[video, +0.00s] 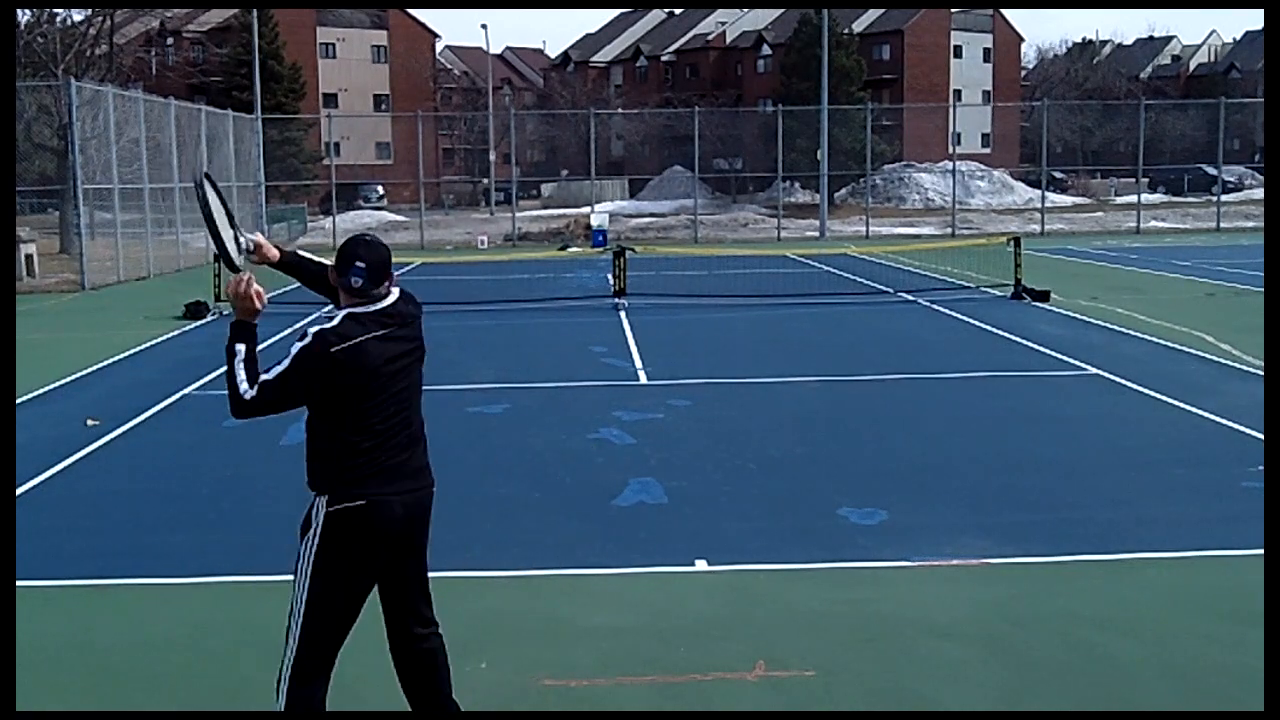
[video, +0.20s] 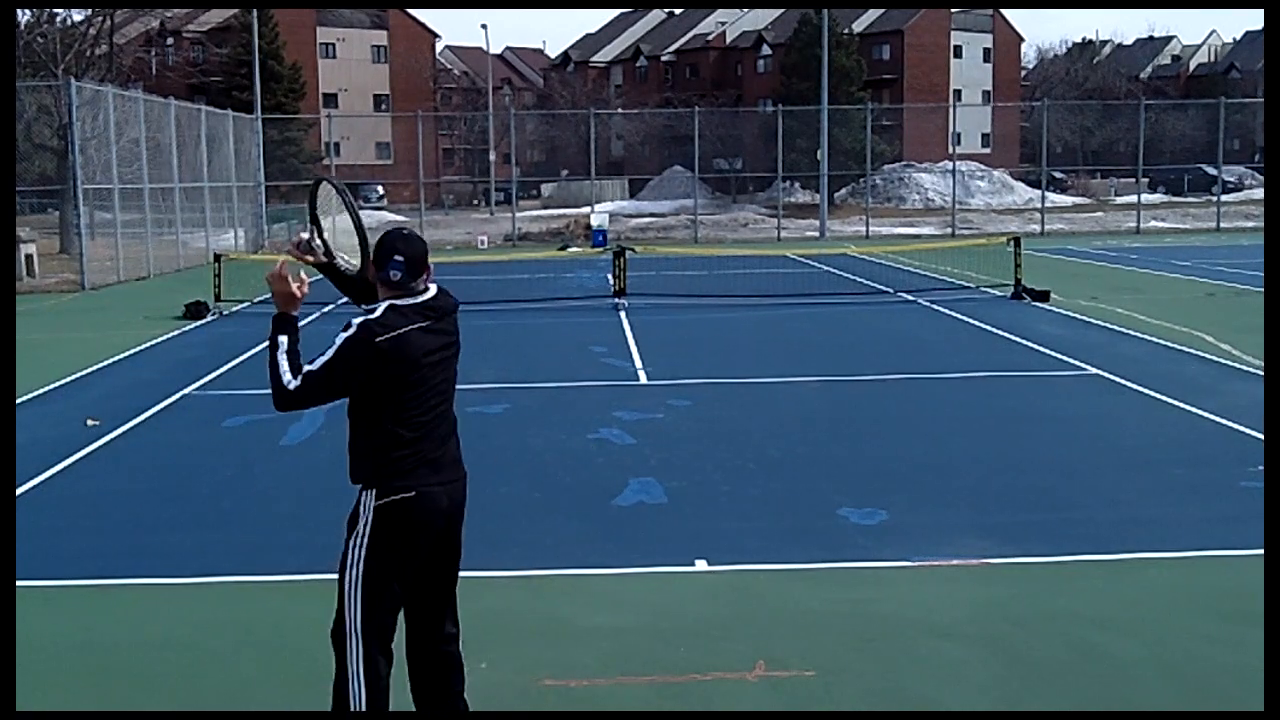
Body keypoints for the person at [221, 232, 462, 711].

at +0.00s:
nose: (337, 283)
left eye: (341, 279)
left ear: (343, 285)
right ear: (388, 281)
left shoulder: (329, 341)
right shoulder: (406, 311)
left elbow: (245, 400)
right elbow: (345, 288)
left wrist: (243, 320)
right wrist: (281, 257)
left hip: (346, 509)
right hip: (410, 498)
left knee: (309, 657)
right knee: (416, 632)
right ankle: (441, 713)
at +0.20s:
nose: (374, 276)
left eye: (376, 271)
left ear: (376, 278)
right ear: (427, 272)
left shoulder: (375, 332)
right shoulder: (443, 307)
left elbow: (288, 392)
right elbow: (374, 296)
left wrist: (285, 313)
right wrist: (327, 262)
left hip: (388, 499)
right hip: (445, 490)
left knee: (360, 635)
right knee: (434, 630)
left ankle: (362, 715)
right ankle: (446, 713)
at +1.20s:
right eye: (653, 296)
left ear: (588, 304)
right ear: (652, 303)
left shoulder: (555, 373)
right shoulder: (691, 369)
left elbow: (518, 485)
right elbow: (732, 480)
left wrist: (574, 491)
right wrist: (677, 505)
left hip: (592, 574)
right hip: (682, 569)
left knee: (575, 699)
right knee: (732, 699)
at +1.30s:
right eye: (680, 322)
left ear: (613, 331)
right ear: (679, 329)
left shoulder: (582, 404)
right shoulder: (718, 399)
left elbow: (549, 519)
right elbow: (764, 511)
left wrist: (603, 531)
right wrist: (711, 544)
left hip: (622, 607)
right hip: (715, 601)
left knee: (606, 712)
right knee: (748, 711)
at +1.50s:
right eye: (701, 329)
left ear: (630, 337)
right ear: (698, 338)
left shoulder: (591, 414)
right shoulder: (736, 409)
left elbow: (563, 535)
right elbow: (790, 523)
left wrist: (627, 548)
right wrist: (726, 557)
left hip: (621, 622)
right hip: (718, 618)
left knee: (623, 711)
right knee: (746, 713)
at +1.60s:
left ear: (625, 336)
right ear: (693, 338)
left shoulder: (581, 411)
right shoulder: (718, 411)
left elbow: (564, 535)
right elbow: (769, 534)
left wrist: (626, 540)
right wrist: (712, 559)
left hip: (604, 622)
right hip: (696, 623)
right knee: (731, 713)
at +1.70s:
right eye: (685, 343)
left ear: (613, 340)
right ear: (683, 346)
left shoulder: (566, 412)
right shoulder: (685, 414)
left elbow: (573, 514)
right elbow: (734, 553)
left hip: (569, 619)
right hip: (661, 624)